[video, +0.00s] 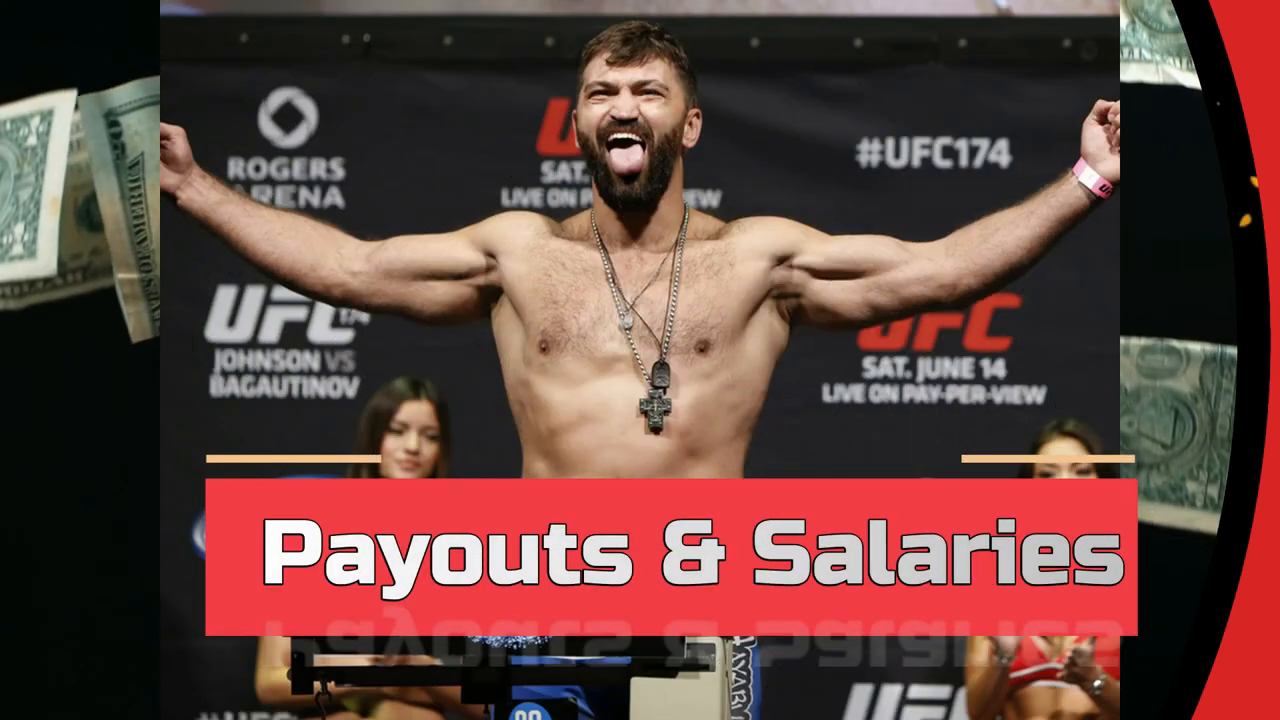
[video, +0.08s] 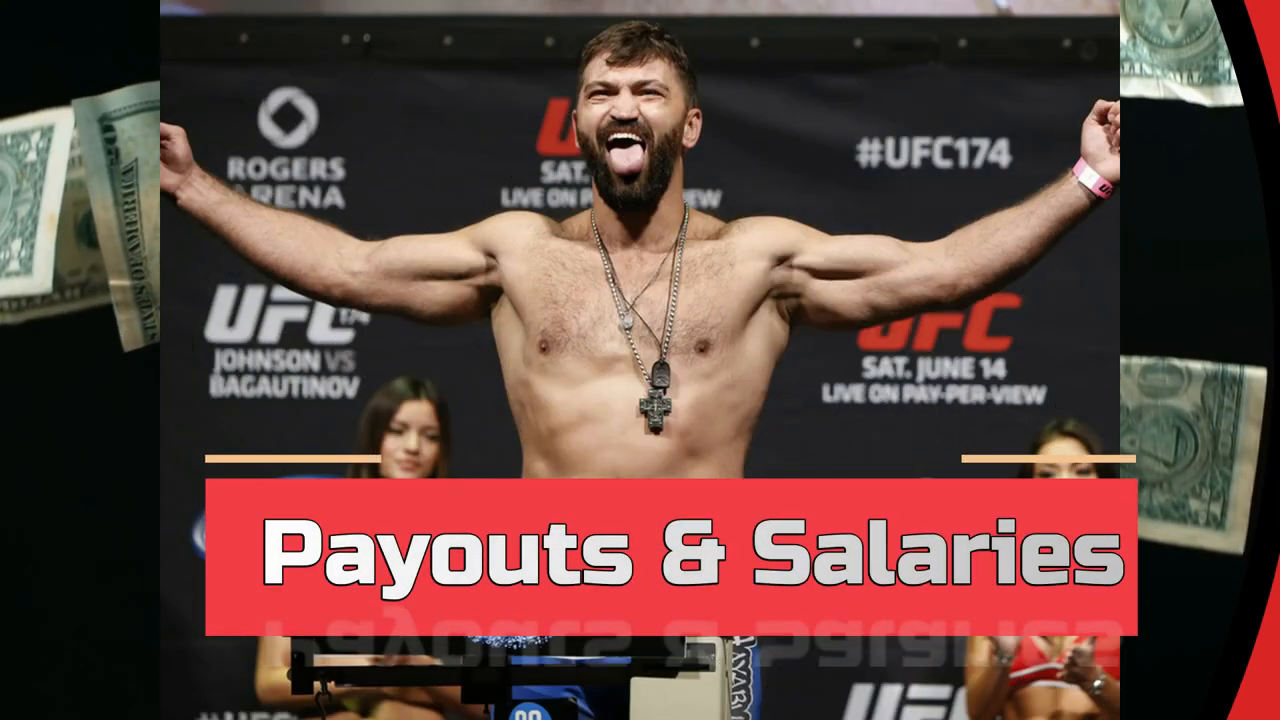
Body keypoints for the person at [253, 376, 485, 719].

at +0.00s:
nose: (413, 447)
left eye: (429, 435)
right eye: (398, 431)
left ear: (442, 449)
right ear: (374, 437)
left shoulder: (466, 526)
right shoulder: (317, 519)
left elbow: (482, 699)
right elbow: (269, 682)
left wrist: (427, 676)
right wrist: (350, 679)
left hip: (423, 707)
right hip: (338, 704)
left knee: (397, 710)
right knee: (342, 716)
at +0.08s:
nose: (412, 447)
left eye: (429, 435)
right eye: (398, 431)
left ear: (442, 449)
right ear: (374, 438)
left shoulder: (466, 526)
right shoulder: (317, 520)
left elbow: (483, 700)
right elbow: (269, 682)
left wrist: (427, 675)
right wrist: (350, 679)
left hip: (423, 707)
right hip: (338, 704)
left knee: (397, 710)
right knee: (342, 716)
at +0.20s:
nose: (412, 447)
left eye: (429, 435)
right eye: (398, 431)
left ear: (442, 449)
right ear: (374, 438)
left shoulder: (466, 526)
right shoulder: (317, 520)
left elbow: (483, 700)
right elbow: (269, 682)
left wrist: (427, 675)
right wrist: (350, 679)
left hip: (423, 707)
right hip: (338, 704)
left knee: (397, 710)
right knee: (342, 716)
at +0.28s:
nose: (413, 447)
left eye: (429, 435)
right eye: (398, 431)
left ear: (442, 449)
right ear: (374, 437)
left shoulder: (466, 526)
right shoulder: (317, 519)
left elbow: (482, 699)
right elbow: (269, 682)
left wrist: (427, 676)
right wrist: (350, 679)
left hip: (423, 707)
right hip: (338, 704)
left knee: (397, 710)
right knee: (342, 716)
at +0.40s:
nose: (412, 447)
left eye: (429, 435)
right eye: (398, 431)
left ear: (442, 449)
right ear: (374, 438)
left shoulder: (465, 526)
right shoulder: (316, 520)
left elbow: (484, 699)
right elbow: (269, 682)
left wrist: (427, 676)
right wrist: (349, 680)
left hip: (423, 708)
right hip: (338, 705)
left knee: (396, 710)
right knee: (342, 716)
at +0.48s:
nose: (412, 447)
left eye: (429, 435)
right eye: (398, 431)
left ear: (442, 449)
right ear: (374, 438)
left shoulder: (465, 526)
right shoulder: (316, 520)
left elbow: (484, 699)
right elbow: (269, 682)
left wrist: (427, 676)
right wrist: (349, 680)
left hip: (423, 708)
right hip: (337, 705)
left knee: (396, 710)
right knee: (342, 716)